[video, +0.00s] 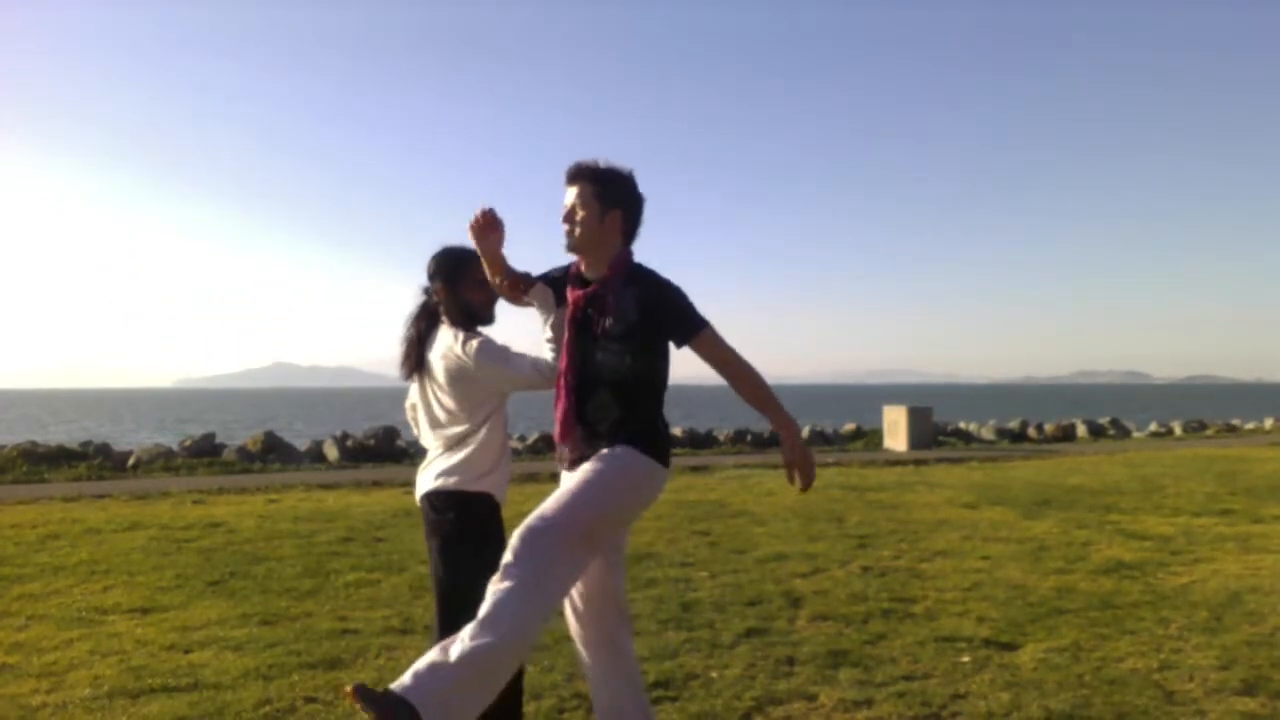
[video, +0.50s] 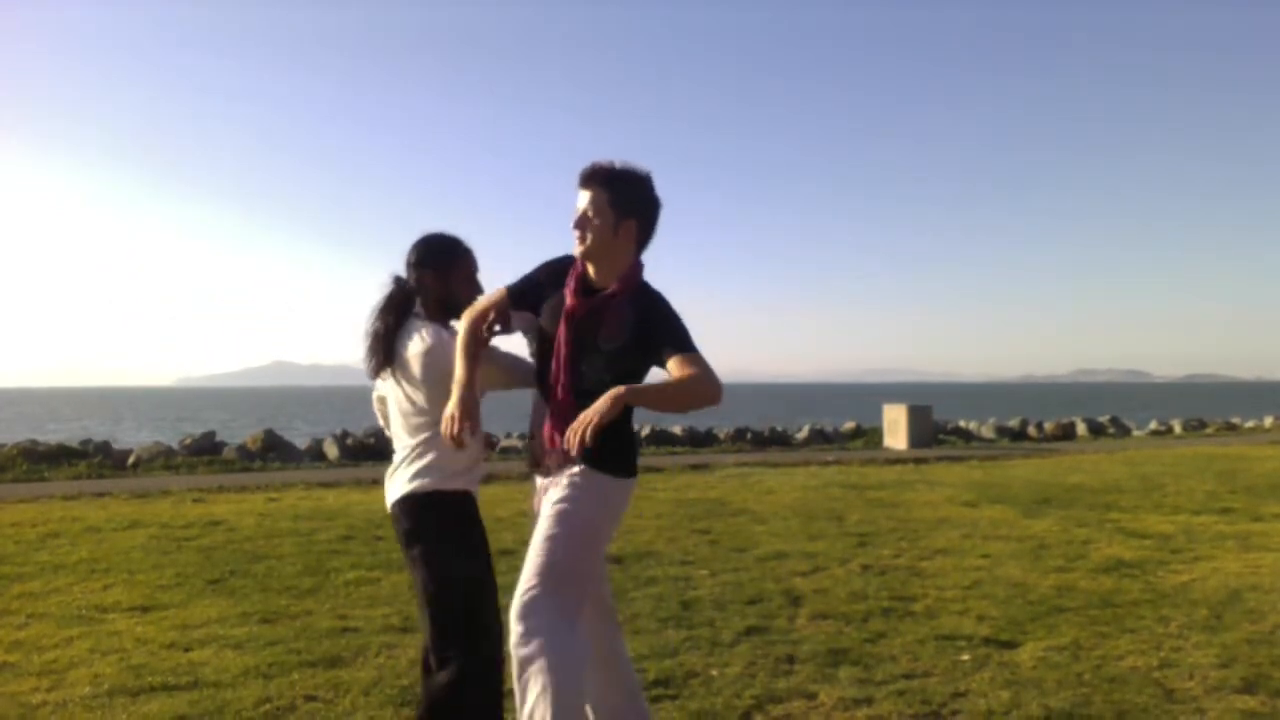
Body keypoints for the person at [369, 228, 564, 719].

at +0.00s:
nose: (492, 287)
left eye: (489, 278)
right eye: (480, 280)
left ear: (443, 294)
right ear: (447, 291)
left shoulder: (432, 344)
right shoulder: (474, 349)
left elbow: (413, 409)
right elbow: (550, 371)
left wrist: (448, 451)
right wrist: (552, 310)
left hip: (438, 490)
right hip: (467, 496)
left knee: (458, 616)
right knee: (482, 616)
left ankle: (455, 702)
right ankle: (489, 708)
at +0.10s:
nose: (487, 291)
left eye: (483, 281)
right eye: (475, 283)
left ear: (438, 291)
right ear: (447, 290)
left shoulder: (424, 347)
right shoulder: (468, 350)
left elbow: (414, 419)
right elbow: (553, 369)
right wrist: (542, 303)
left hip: (434, 493)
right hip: (466, 498)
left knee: (452, 621)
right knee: (479, 622)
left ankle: (452, 702)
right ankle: (486, 707)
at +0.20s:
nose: (483, 292)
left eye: (481, 283)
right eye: (477, 282)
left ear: (426, 290)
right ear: (457, 289)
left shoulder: (416, 347)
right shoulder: (465, 350)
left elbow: (409, 418)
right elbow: (551, 366)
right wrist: (538, 304)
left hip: (430, 491)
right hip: (463, 496)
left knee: (450, 618)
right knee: (465, 620)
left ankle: (443, 704)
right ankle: (449, 707)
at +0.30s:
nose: (477, 288)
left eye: (474, 279)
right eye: (470, 280)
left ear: (419, 290)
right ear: (451, 288)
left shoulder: (408, 349)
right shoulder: (466, 351)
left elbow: (404, 421)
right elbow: (548, 366)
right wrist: (537, 308)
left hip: (424, 493)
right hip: (459, 496)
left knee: (451, 616)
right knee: (468, 620)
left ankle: (448, 703)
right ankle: (450, 707)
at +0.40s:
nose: (478, 287)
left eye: (474, 276)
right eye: (469, 277)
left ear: (418, 288)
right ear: (442, 285)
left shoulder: (403, 346)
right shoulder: (465, 349)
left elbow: (396, 417)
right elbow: (543, 368)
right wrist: (533, 318)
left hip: (418, 493)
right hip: (453, 496)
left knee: (459, 622)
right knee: (470, 629)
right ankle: (454, 709)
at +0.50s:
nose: (477, 286)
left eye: (475, 276)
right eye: (468, 276)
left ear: (423, 281)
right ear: (433, 279)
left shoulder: (397, 340)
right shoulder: (442, 342)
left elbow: (384, 409)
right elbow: (526, 373)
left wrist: (462, 436)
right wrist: (531, 325)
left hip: (410, 497)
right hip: (441, 499)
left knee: (450, 639)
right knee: (471, 641)